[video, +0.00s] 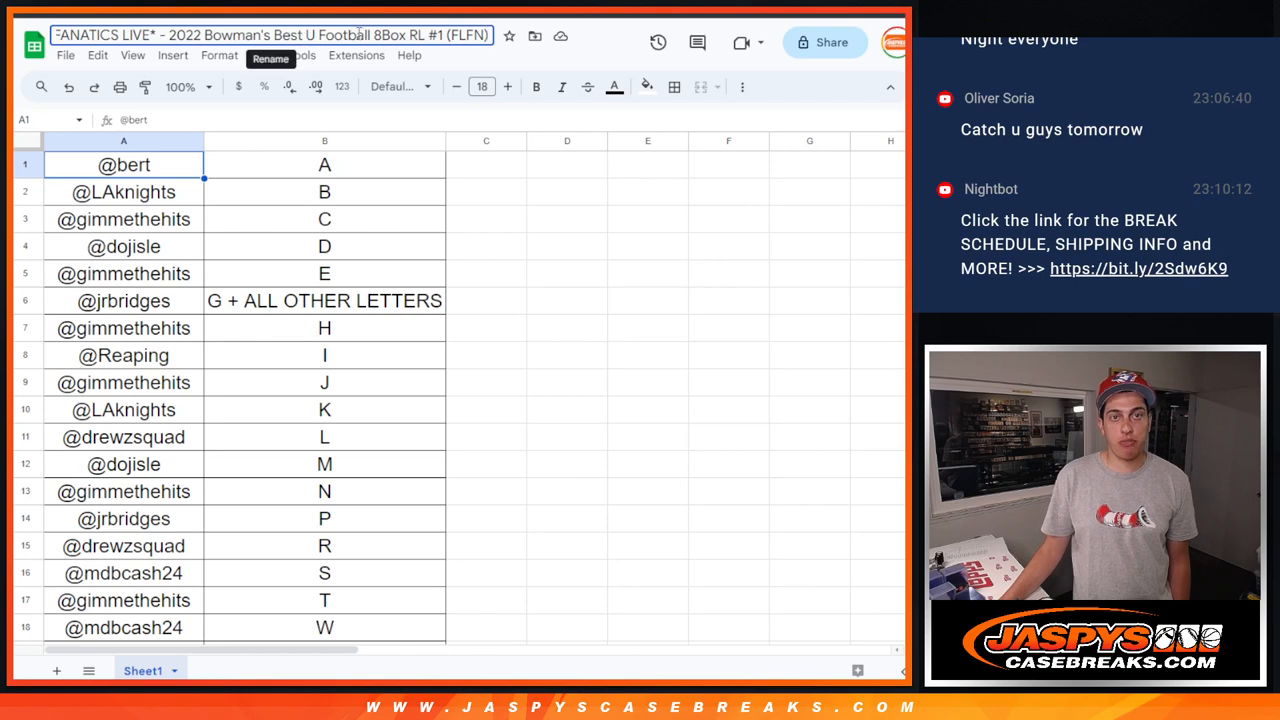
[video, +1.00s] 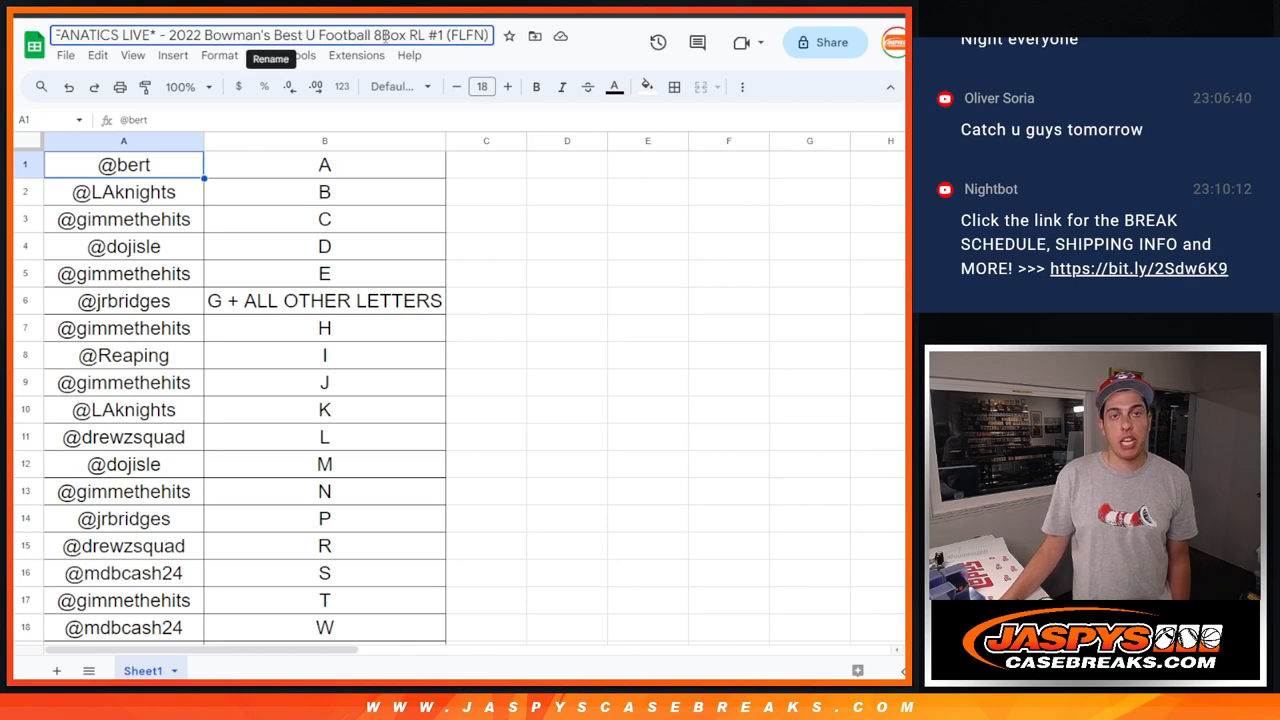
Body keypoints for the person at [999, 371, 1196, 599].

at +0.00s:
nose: (1127, 428)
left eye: (1137, 415)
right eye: (1115, 416)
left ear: (1149, 421)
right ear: (1101, 425)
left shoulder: (1175, 481)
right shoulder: (1073, 476)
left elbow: (1179, 557)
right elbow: (1051, 549)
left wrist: (1180, 611)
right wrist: (1007, 599)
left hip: (1153, 607)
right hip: (1090, 607)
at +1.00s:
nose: (1126, 424)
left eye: (1135, 413)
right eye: (1115, 415)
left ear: (1149, 421)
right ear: (1102, 425)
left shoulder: (1175, 480)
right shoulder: (1074, 475)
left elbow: (1179, 556)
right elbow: (1051, 549)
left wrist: (1180, 611)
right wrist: (1007, 599)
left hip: (1152, 606)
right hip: (1090, 606)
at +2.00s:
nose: (1125, 429)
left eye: (1135, 416)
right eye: (1114, 417)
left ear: (1149, 421)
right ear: (1101, 425)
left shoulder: (1175, 481)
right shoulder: (1074, 475)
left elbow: (1179, 556)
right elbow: (1051, 549)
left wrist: (1179, 610)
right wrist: (1007, 599)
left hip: (1153, 607)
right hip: (1090, 606)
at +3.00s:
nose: (1126, 427)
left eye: (1136, 415)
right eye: (1114, 417)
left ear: (1150, 422)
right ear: (1102, 425)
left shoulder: (1175, 481)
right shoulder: (1074, 476)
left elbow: (1179, 558)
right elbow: (1051, 549)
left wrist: (1179, 611)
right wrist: (1007, 600)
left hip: (1153, 608)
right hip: (1090, 608)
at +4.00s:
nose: (1126, 429)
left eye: (1136, 416)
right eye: (1115, 418)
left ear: (1150, 421)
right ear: (1101, 425)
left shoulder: (1176, 481)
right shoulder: (1074, 476)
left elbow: (1180, 557)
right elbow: (1052, 550)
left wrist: (1180, 611)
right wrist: (1007, 599)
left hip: (1153, 606)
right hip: (1090, 606)